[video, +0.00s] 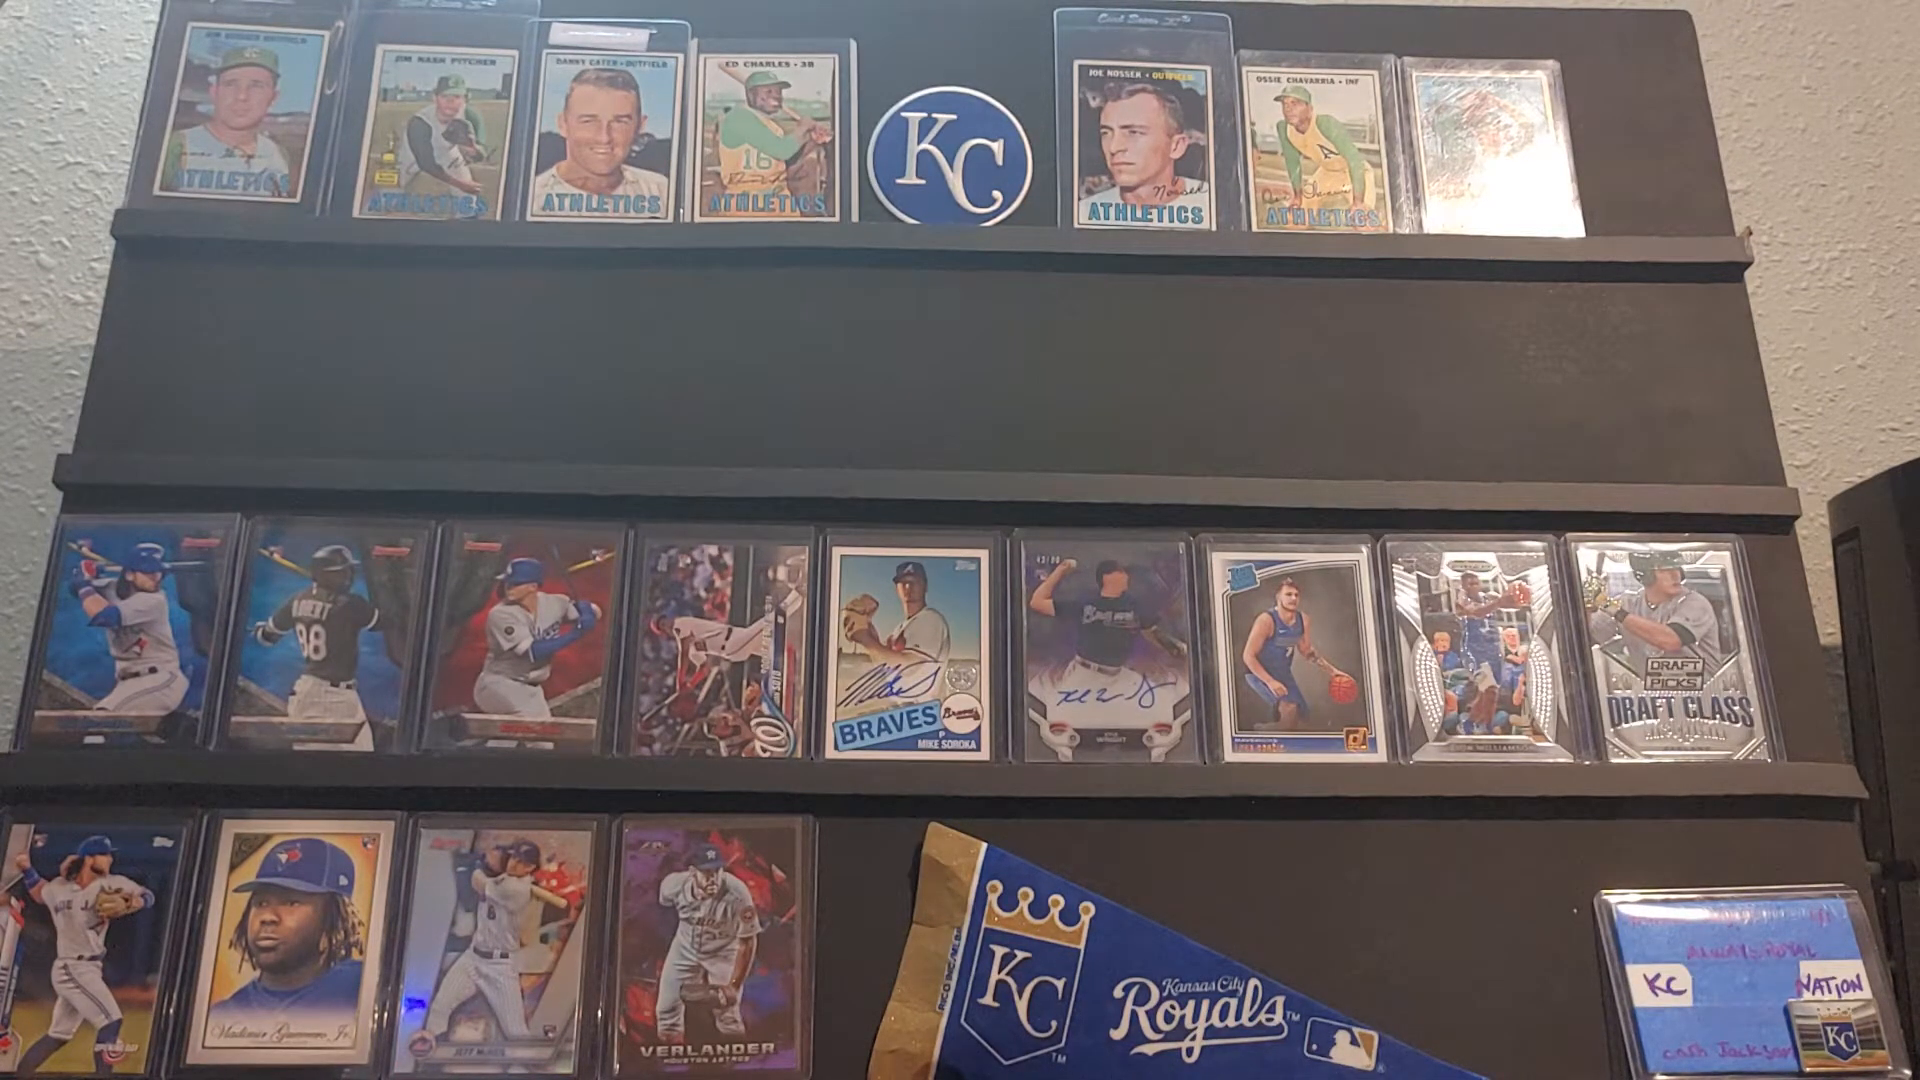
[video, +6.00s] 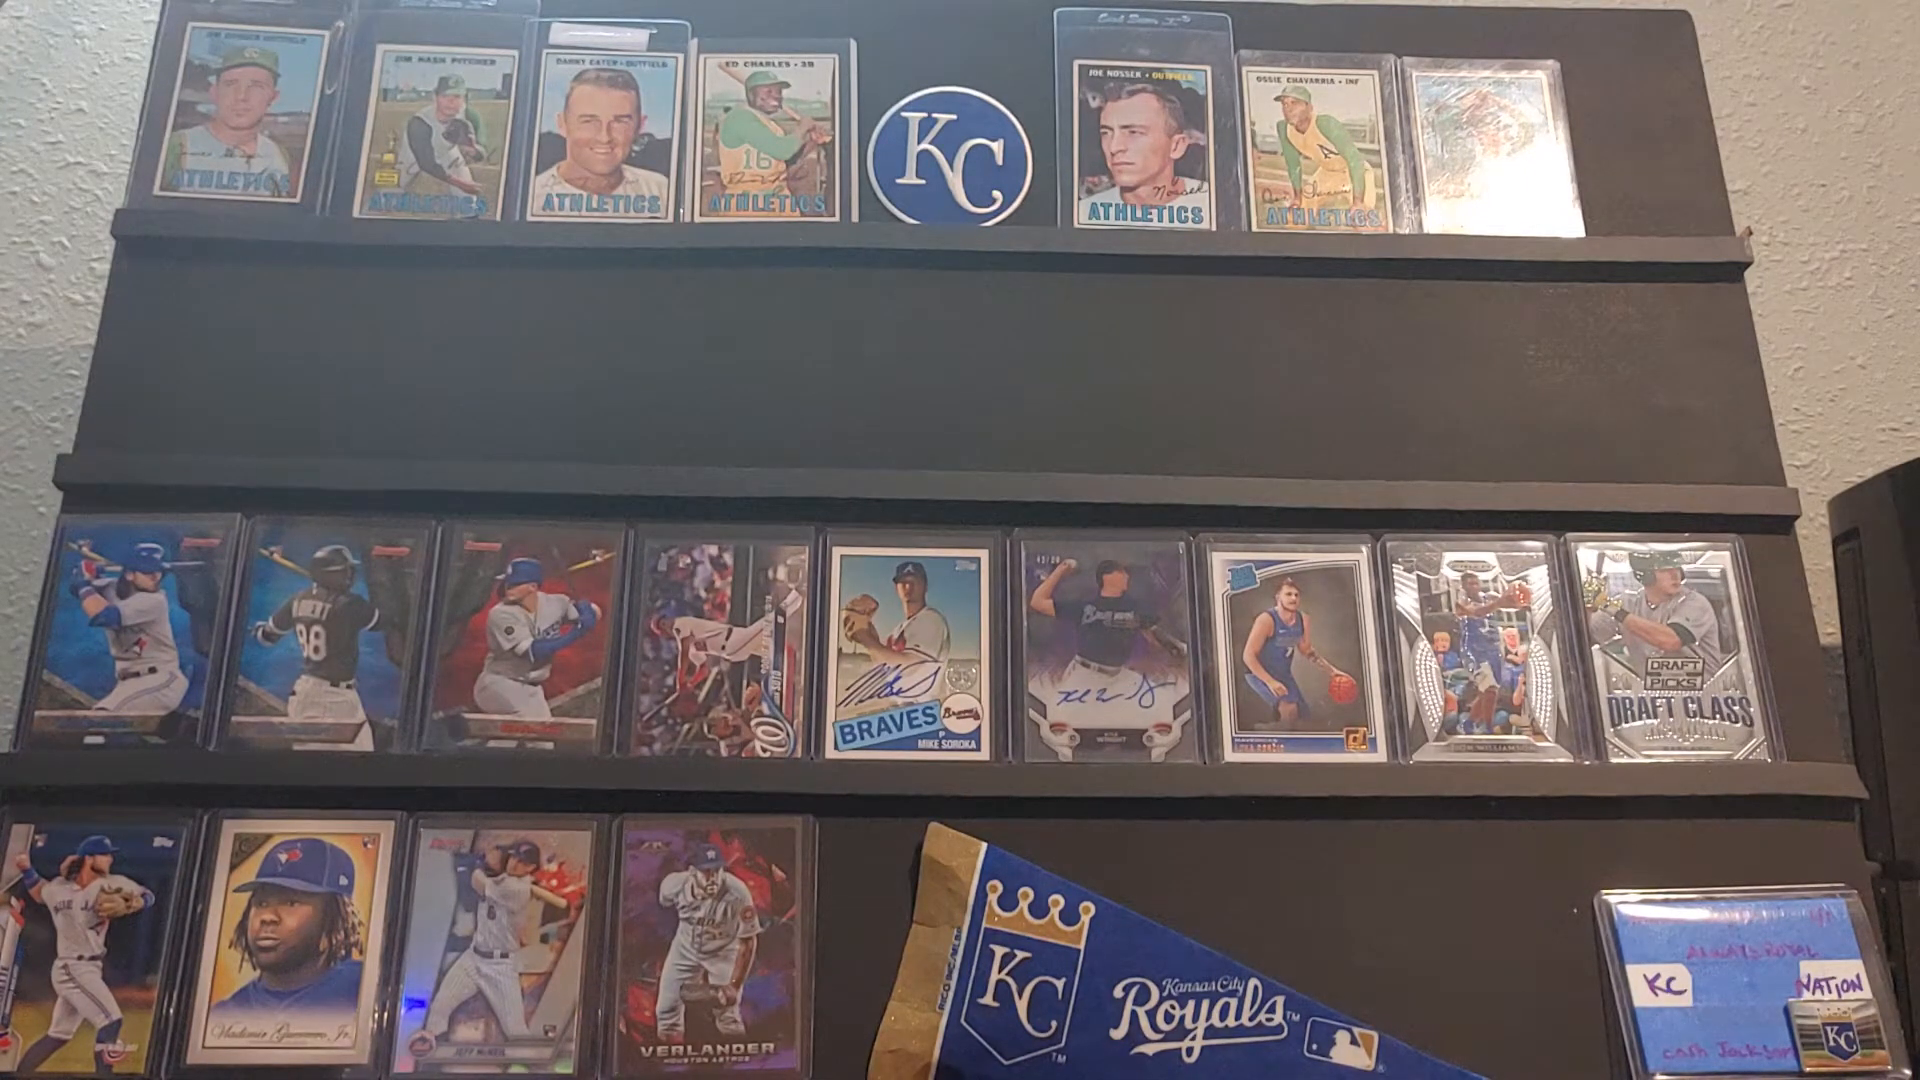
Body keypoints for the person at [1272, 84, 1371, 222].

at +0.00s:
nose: (1288, 109)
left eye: (1294, 104)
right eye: (1285, 105)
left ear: (1309, 108)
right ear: (1282, 108)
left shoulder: (1327, 124)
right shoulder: (1284, 128)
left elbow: (1355, 161)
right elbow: (1292, 162)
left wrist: (1358, 202)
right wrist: (1297, 197)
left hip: (1355, 172)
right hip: (1327, 171)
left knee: (1361, 217)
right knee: (1303, 209)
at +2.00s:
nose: (1288, 109)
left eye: (1294, 103)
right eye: (1285, 104)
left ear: (1308, 107)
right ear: (1282, 108)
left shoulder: (1326, 123)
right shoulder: (1283, 128)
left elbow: (1355, 159)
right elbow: (1292, 162)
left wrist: (1358, 203)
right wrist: (1297, 196)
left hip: (1354, 172)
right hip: (1326, 172)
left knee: (1361, 218)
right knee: (1304, 210)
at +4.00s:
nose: (1288, 109)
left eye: (1294, 103)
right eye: (1284, 104)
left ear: (1309, 107)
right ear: (1281, 108)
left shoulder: (1327, 124)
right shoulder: (1283, 128)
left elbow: (1355, 161)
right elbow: (1293, 163)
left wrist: (1358, 202)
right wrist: (1297, 197)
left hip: (1355, 172)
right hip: (1327, 172)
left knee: (1360, 219)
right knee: (1303, 208)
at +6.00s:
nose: (1288, 109)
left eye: (1294, 103)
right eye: (1284, 104)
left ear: (1308, 107)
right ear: (1281, 107)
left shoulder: (1326, 123)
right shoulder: (1283, 128)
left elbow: (1354, 159)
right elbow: (1293, 164)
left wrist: (1358, 202)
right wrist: (1297, 197)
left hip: (1354, 172)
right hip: (1327, 172)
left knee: (1360, 219)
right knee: (1301, 208)